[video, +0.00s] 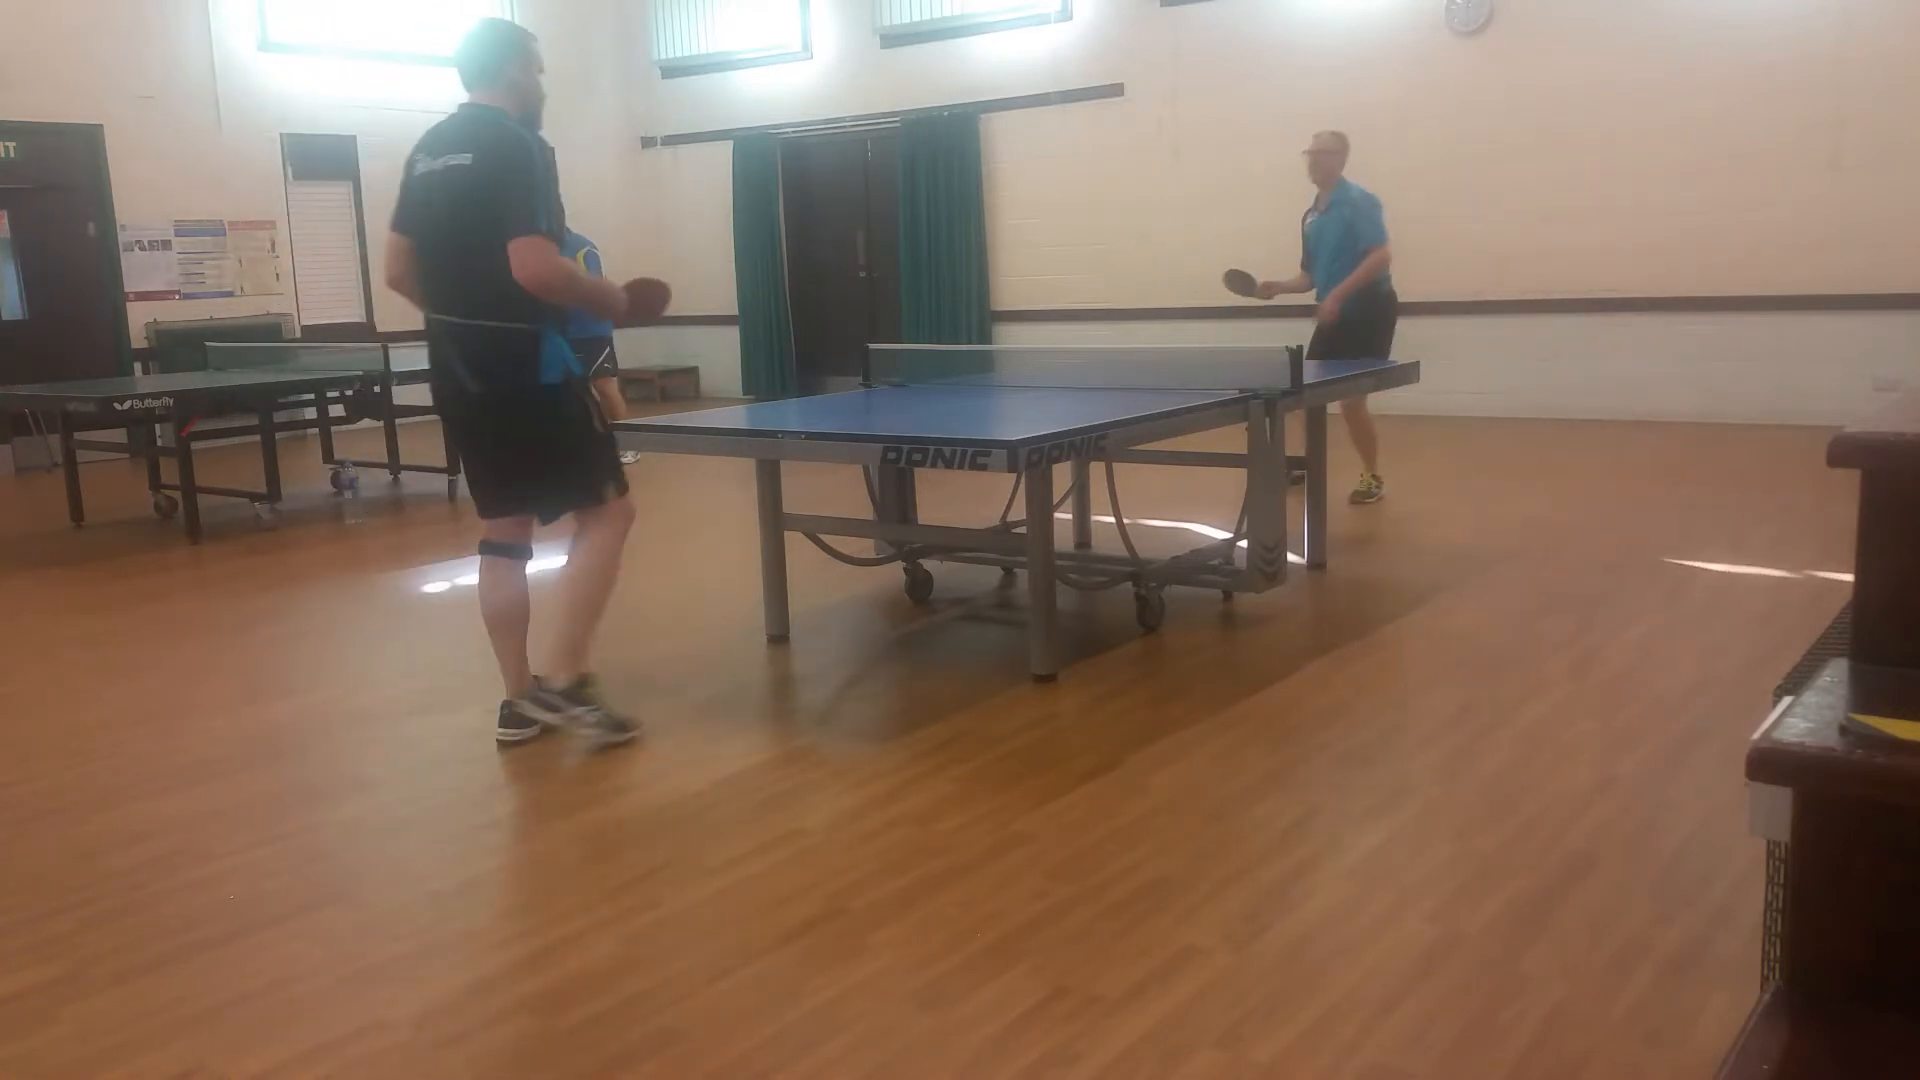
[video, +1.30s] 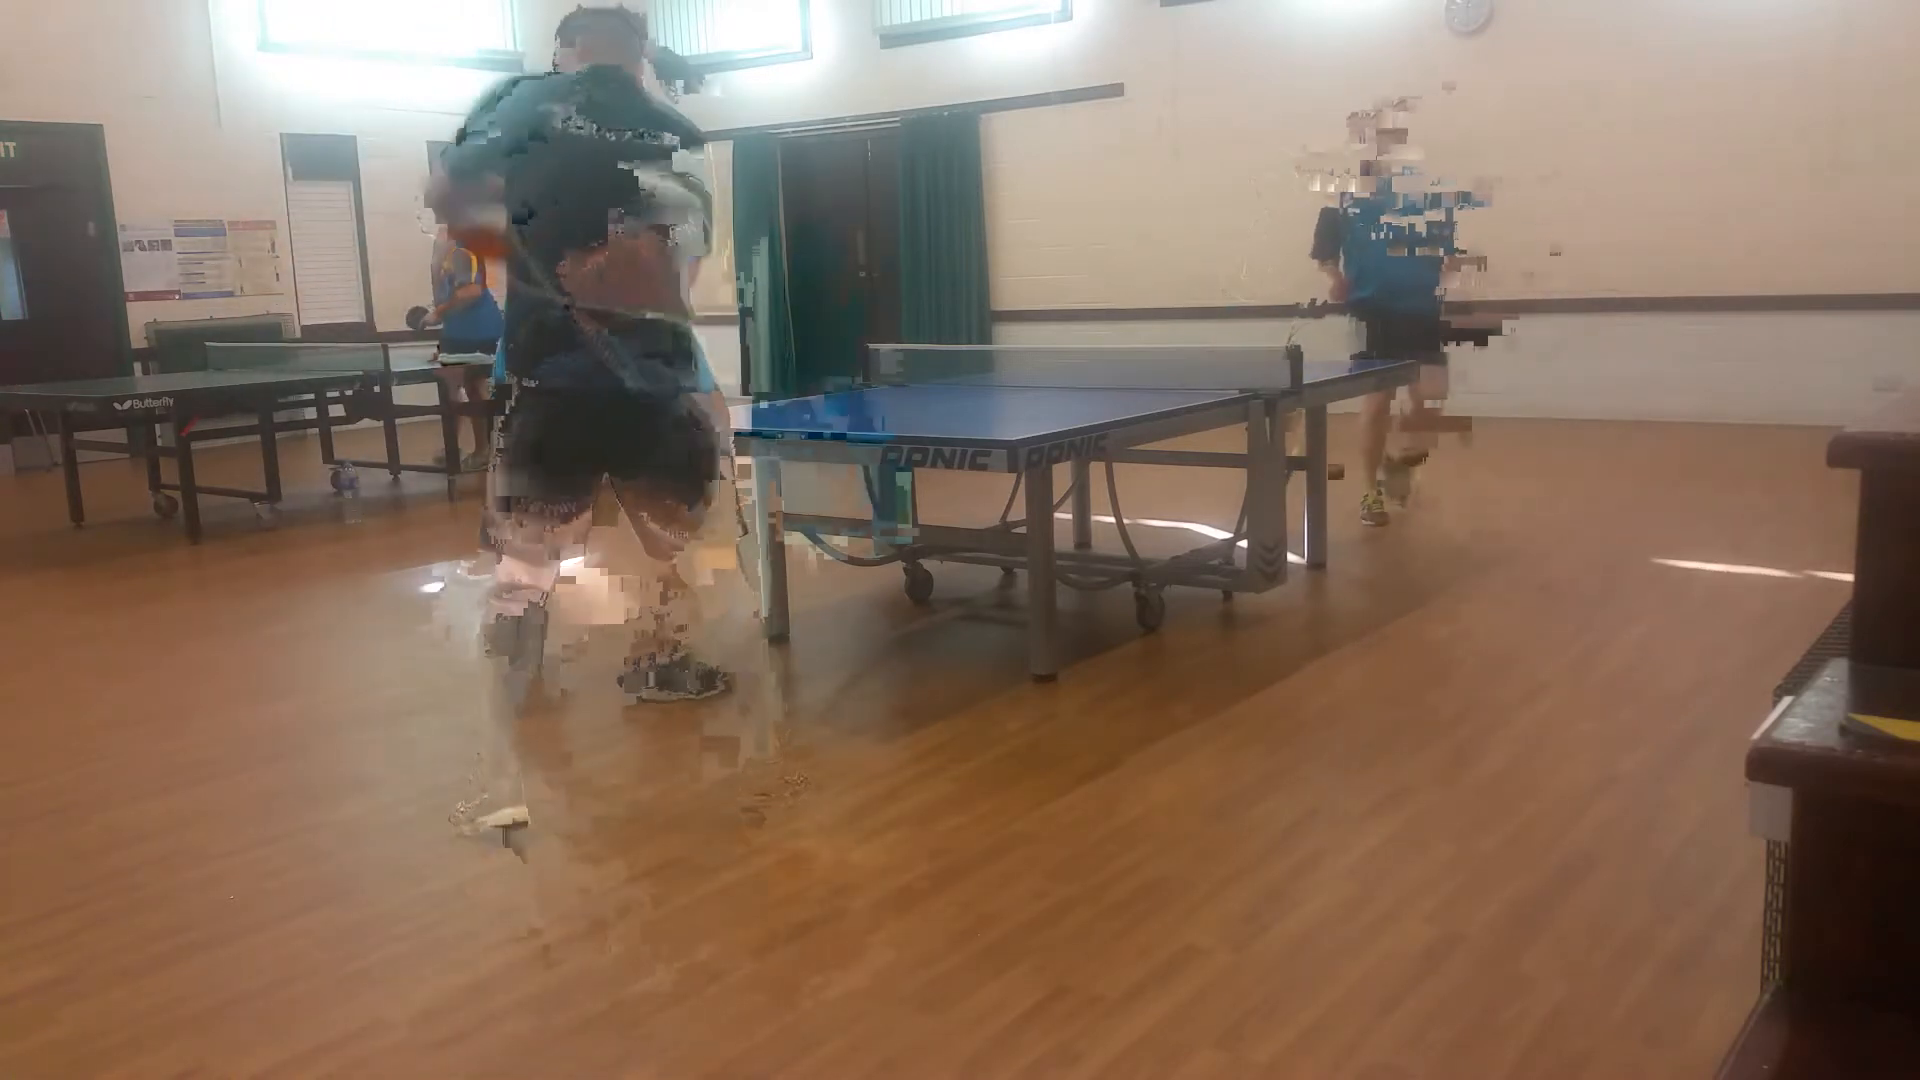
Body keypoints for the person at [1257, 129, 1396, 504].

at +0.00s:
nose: (1312, 162)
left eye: (1321, 155)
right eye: (1310, 155)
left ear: (1340, 159)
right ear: (1307, 160)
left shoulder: (1361, 202)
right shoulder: (1312, 216)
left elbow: (1380, 257)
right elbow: (1308, 278)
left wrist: (1336, 295)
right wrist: (1276, 287)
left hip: (1368, 306)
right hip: (1333, 309)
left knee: (1351, 396)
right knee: (1310, 388)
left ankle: (1371, 476)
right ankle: (1307, 465)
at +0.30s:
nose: (1343, 149)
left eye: (1352, 141)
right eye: (1338, 141)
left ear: (1370, 146)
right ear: (1331, 146)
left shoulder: (1399, 192)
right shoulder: (1323, 204)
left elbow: (1423, 247)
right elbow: (1315, 258)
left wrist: (1391, 288)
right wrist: (1305, 281)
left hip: (1387, 310)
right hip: (1342, 312)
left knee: (1376, 396)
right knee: (1346, 398)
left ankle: (1370, 475)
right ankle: (1345, 480)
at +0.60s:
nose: (1355, 150)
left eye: (1363, 142)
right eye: (1349, 144)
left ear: (1380, 144)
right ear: (1341, 151)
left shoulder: (1417, 186)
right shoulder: (1338, 208)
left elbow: (1443, 246)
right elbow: (1324, 267)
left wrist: (1444, 305)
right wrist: (1346, 306)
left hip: (1415, 316)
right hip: (1367, 318)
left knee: (1413, 412)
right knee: (1376, 407)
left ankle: (1378, 454)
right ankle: (1373, 493)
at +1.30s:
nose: (1382, 171)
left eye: (1391, 161)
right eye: (1374, 164)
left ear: (1406, 168)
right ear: (1364, 170)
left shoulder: (1427, 205)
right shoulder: (1344, 209)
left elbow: (1451, 259)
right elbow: (1325, 260)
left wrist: (1434, 274)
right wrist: (1338, 280)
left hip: (1419, 314)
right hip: (1372, 314)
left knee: (1423, 404)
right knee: (1377, 404)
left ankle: (1400, 463)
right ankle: (1371, 490)